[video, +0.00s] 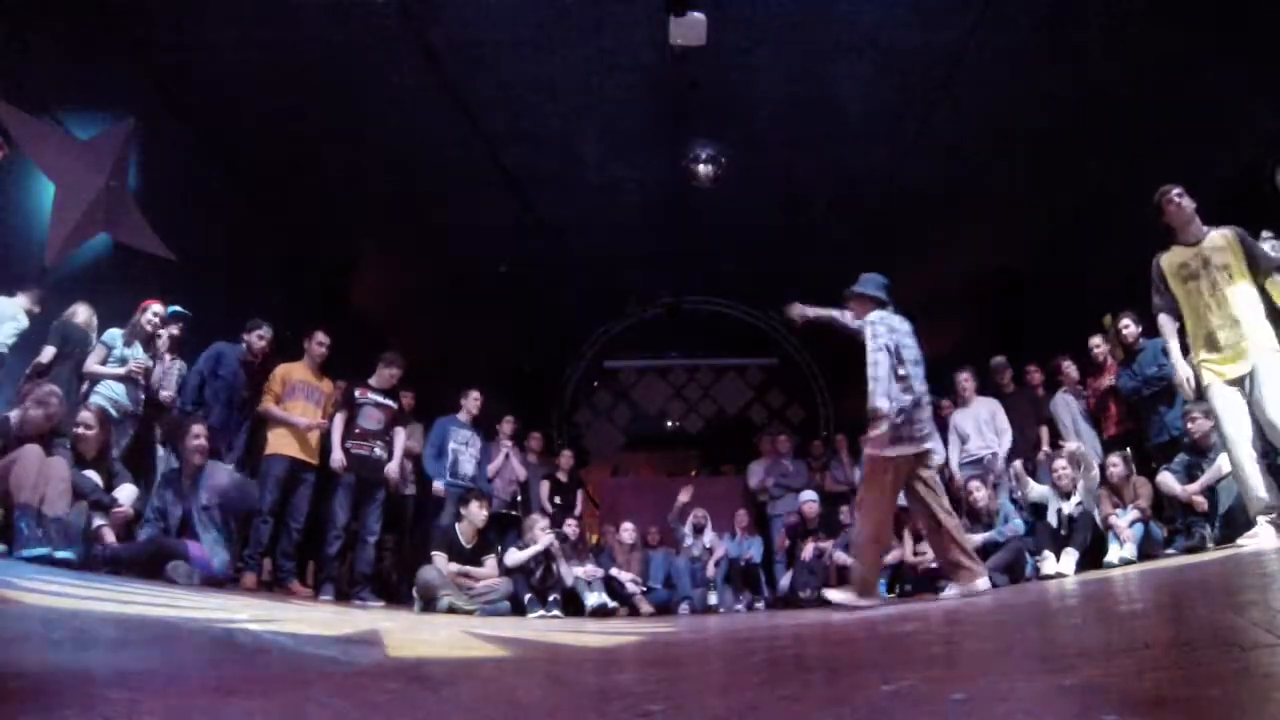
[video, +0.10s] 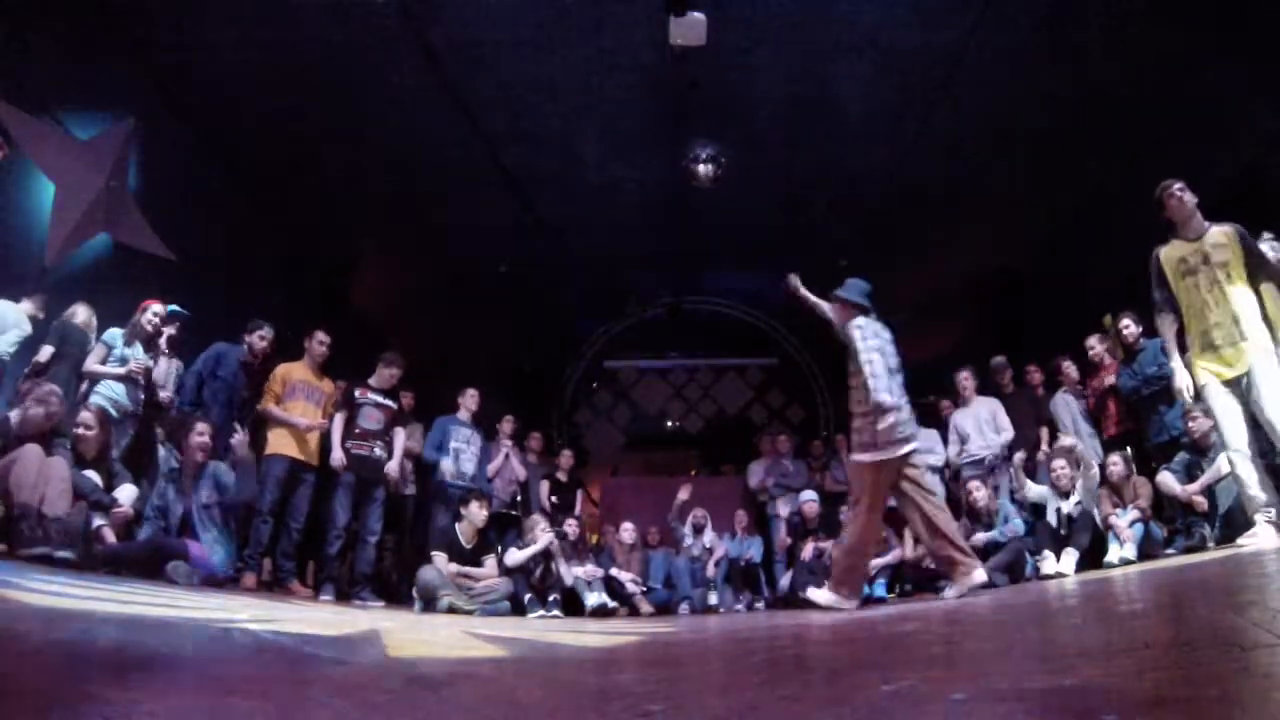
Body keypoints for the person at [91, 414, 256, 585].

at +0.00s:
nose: (203, 444)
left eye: (206, 438)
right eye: (196, 438)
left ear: (210, 444)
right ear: (181, 443)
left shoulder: (223, 477)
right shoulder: (168, 479)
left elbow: (259, 508)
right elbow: (153, 519)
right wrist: (146, 545)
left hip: (215, 554)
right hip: (175, 545)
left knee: (159, 544)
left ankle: (101, 555)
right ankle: (183, 576)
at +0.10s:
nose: (206, 442)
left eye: (209, 437)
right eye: (199, 435)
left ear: (213, 442)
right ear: (183, 441)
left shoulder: (218, 471)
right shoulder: (169, 477)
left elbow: (241, 498)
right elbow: (153, 517)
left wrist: (245, 460)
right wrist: (143, 545)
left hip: (214, 551)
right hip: (176, 545)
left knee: (159, 543)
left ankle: (100, 553)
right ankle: (185, 576)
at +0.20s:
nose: (207, 441)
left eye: (210, 437)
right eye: (200, 434)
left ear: (213, 444)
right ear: (184, 439)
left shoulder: (217, 477)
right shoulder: (169, 479)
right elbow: (154, 518)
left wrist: (242, 478)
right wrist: (141, 545)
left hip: (212, 552)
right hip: (174, 545)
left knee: (160, 544)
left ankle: (97, 554)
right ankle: (183, 576)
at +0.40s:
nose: (199, 450)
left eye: (203, 444)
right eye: (192, 445)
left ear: (207, 448)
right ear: (179, 450)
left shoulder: (213, 477)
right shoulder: (169, 480)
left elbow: (240, 507)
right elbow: (154, 518)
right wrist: (141, 547)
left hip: (211, 553)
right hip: (178, 547)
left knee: (160, 545)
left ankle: (98, 553)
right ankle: (183, 576)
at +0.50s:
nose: (200, 452)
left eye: (203, 446)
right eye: (192, 447)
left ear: (207, 448)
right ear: (177, 452)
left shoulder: (213, 477)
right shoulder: (168, 481)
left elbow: (242, 507)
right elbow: (153, 520)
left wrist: (223, 547)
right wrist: (142, 549)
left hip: (211, 552)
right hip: (176, 546)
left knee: (159, 544)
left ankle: (93, 556)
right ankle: (186, 576)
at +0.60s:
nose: (203, 447)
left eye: (206, 441)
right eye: (196, 441)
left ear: (209, 446)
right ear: (178, 446)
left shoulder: (216, 474)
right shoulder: (166, 481)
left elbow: (247, 493)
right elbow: (153, 521)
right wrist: (141, 549)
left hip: (213, 553)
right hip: (173, 547)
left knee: (159, 544)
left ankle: (91, 557)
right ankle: (185, 576)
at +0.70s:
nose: (206, 443)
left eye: (208, 438)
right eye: (199, 436)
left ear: (212, 443)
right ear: (182, 442)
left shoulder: (221, 476)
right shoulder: (168, 478)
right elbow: (152, 519)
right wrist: (140, 549)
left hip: (214, 551)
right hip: (174, 544)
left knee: (157, 543)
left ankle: (92, 556)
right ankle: (185, 575)